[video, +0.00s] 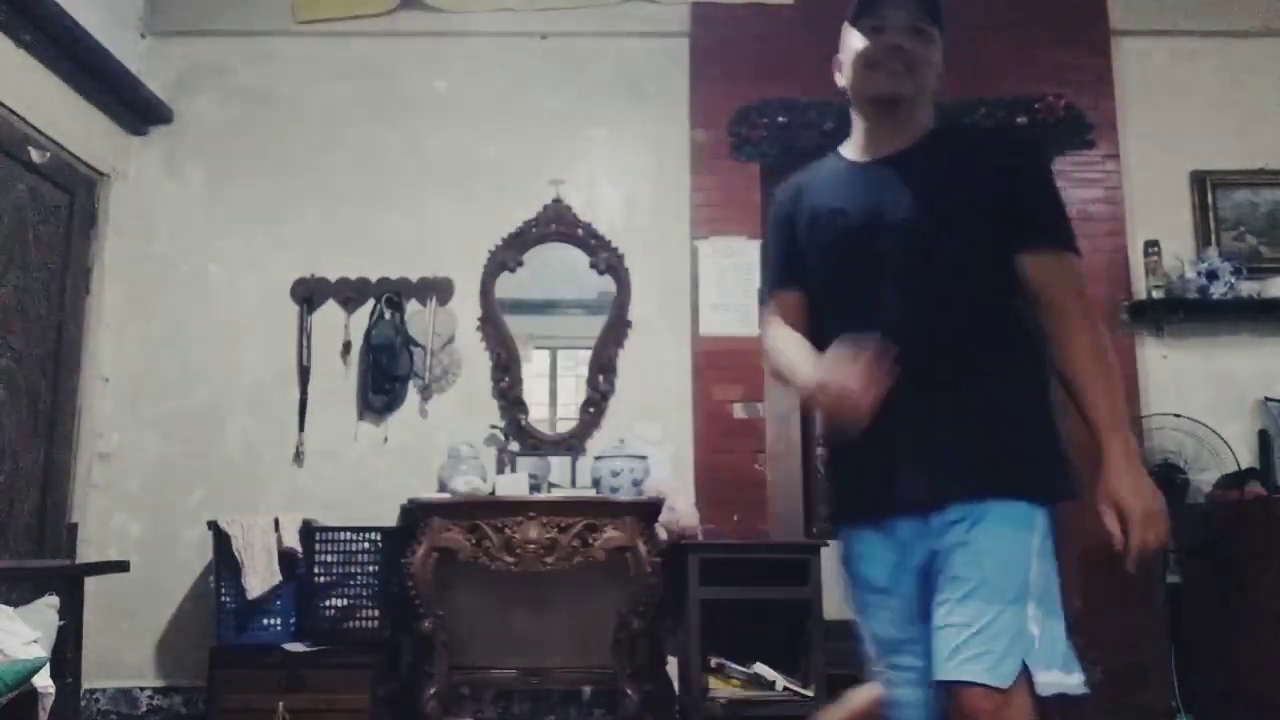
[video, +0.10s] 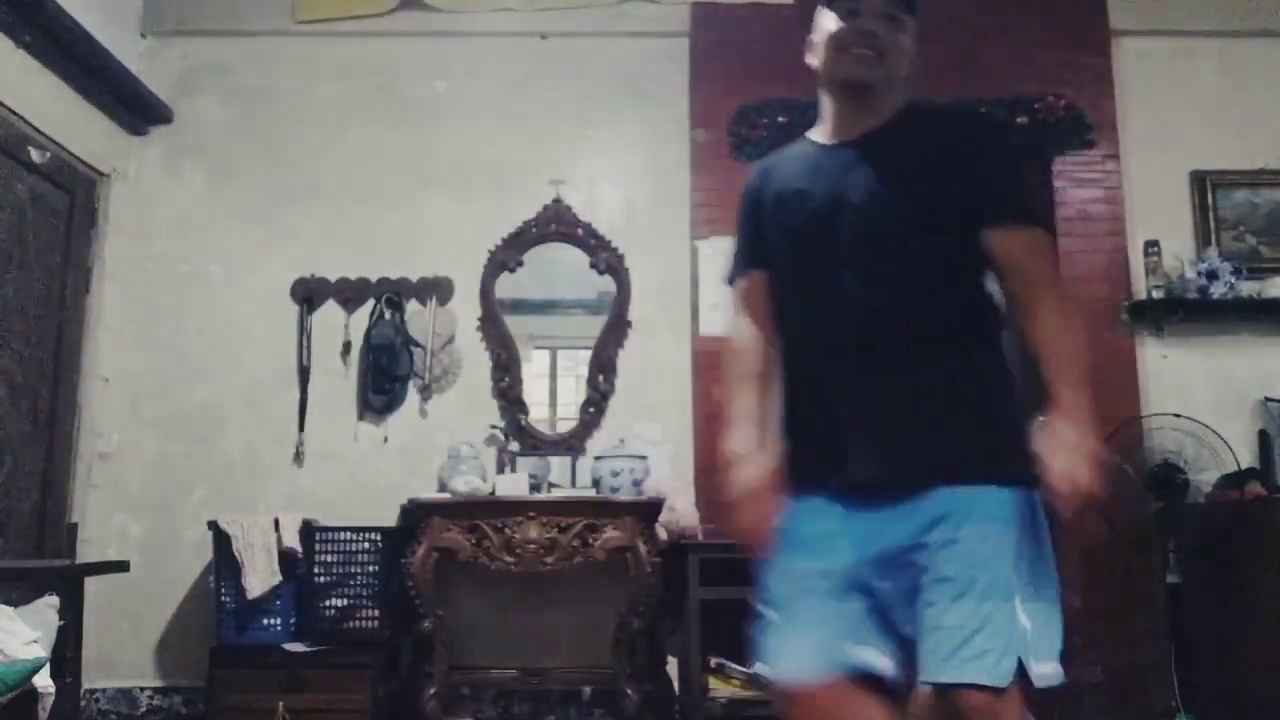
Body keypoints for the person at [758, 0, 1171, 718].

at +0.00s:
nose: (893, 44)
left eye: (917, 33)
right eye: (872, 30)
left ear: (942, 63)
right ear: (838, 64)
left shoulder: (1002, 160)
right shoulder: (802, 193)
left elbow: (1066, 309)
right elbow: (779, 327)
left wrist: (1120, 456)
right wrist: (816, 374)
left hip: (994, 481)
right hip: (872, 494)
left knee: (983, 692)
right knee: (907, 699)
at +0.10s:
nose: (865, 26)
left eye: (888, 17)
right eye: (845, 12)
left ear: (913, 48)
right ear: (809, 42)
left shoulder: (969, 144)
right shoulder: (772, 181)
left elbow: (1037, 287)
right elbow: (752, 327)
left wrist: (1071, 413)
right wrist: (747, 444)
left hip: (969, 479)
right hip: (825, 491)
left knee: (979, 692)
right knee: (809, 685)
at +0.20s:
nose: (824, 20)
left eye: (848, 11)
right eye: (803, 10)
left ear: (876, 45)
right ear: (769, 47)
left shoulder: (928, 135)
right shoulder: (733, 181)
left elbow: (989, 266)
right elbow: (705, 330)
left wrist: (993, 363)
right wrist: (681, 454)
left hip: (923, 475)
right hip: (769, 482)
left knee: (967, 690)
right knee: (711, 666)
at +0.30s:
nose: (784, 53)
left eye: (802, 40)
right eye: (765, 39)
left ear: (827, 54)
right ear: (731, 65)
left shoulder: (888, 159)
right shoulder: (697, 195)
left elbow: (947, 282)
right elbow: (661, 337)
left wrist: (922, 365)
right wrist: (633, 465)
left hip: (874, 498)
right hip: (721, 504)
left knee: (922, 702)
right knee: (659, 695)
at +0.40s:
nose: (734, 80)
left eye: (752, 66)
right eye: (716, 67)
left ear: (780, 88)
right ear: (692, 91)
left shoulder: (833, 209)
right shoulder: (650, 220)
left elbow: (887, 334)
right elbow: (619, 365)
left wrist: (867, 408)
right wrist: (597, 500)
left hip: (825, 539)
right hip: (667, 541)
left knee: (884, 710)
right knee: (620, 709)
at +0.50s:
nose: (684, 81)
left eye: (703, 67)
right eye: (667, 68)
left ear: (734, 90)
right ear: (644, 91)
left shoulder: (777, 202)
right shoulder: (600, 216)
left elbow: (805, 342)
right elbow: (578, 366)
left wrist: (822, 446)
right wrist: (560, 494)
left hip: (757, 506)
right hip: (618, 511)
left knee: (830, 689)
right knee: (585, 701)